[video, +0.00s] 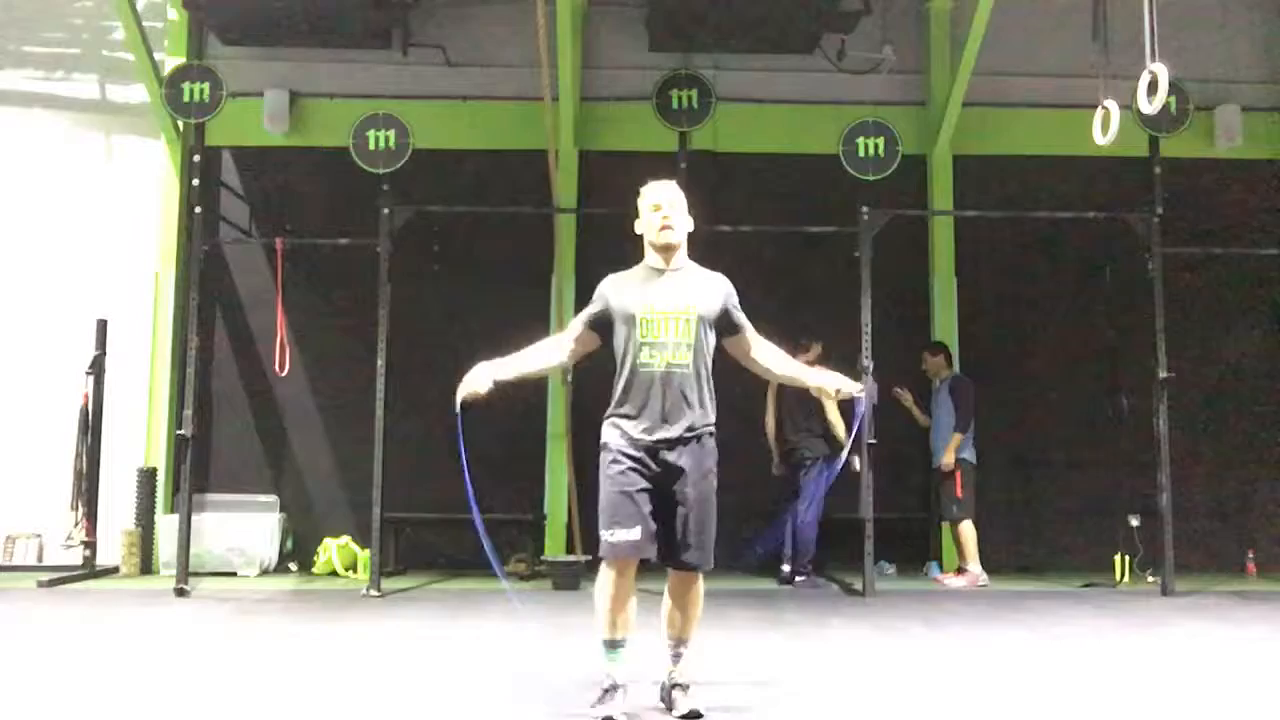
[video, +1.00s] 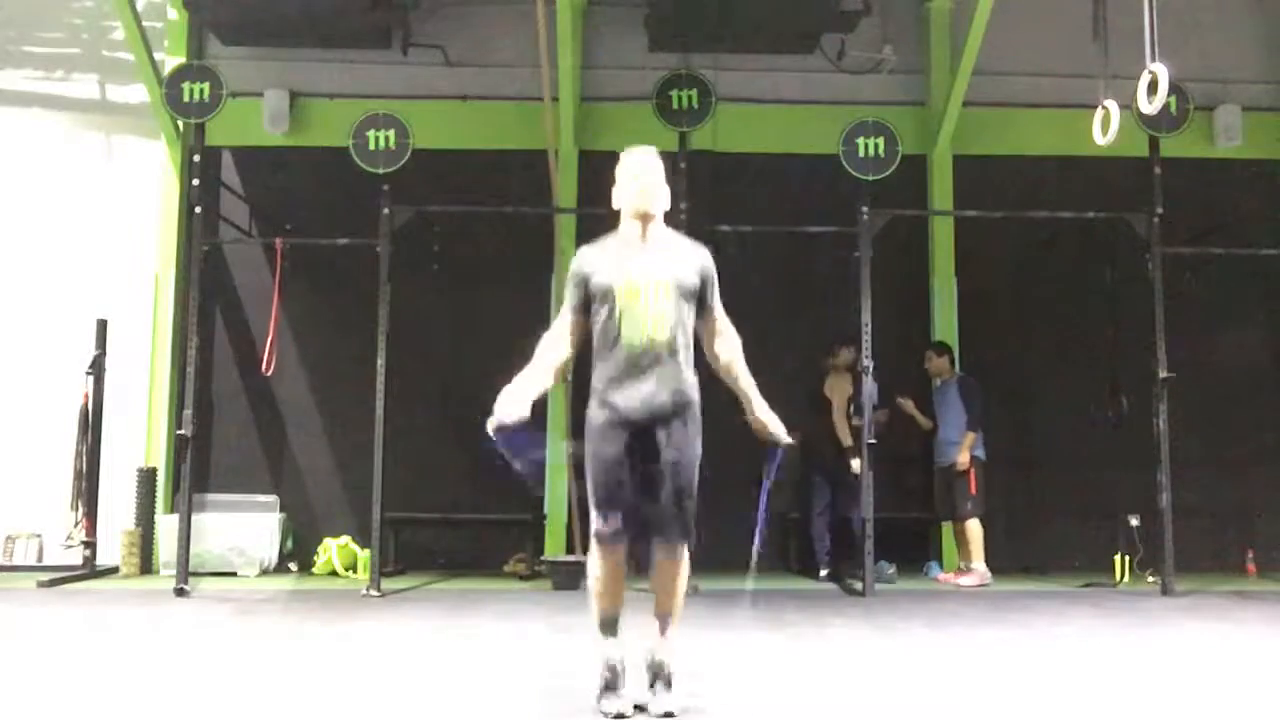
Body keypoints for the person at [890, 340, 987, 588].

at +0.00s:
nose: (924, 366)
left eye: (927, 360)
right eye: (923, 361)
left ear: (941, 358)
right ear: (936, 361)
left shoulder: (959, 384)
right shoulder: (937, 389)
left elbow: (964, 421)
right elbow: (929, 423)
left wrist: (950, 450)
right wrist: (911, 405)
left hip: (958, 457)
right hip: (942, 459)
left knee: (961, 515)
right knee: (952, 516)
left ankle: (974, 569)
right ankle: (965, 567)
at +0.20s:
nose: (925, 366)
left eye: (928, 360)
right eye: (924, 361)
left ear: (943, 358)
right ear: (937, 361)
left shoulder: (960, 384)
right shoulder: (937, 389)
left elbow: (964, 421)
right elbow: (929, 423)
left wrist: (951, 450)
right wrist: (911, 404)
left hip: (957, 457)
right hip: (940, 458)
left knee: (959, 515)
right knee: (950, 516)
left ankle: (974, 568)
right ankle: (965, 566)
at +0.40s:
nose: (926, 365)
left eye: (929, 360)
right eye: (925, 360)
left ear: (944, 358)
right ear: (937, 361)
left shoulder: (961, 385)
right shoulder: (937, 389)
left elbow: (965, 423)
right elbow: (928, 422)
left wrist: (952, 450)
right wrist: (911, 404)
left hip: (957, 457)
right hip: (940, 458)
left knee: (958, 514)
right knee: (950, 515)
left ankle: (973, 568)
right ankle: (964, 566)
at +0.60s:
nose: (927, 364)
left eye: (930, 359)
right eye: (926, 360)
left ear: (945, 359)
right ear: (938, 361)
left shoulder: (963, 384)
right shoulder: (939, 390)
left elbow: (968, 422)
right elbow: (929, 424)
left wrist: (954, 450)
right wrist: (912, 406)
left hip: (958, 457)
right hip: (941, 458)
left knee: (958, 514)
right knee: (950, 515)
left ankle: (973, 567)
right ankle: (965, 566)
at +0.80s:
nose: (926, 365)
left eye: (930, 359)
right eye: (926, 360)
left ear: (945, 359)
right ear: (937, 362)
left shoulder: (963, 383)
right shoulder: (939, 390)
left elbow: (971, 419)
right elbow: (930, 424)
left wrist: (958, 450)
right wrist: (912, 407)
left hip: (961, 457)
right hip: (944, 458)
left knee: (960, 513)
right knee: (952, 515)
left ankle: (973, 567)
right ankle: (966, 566)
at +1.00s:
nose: (927, 365)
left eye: (930, 359)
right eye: (926, 360)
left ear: (945, 359)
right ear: (937, 363)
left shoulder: (965, 384)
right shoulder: (936, 392)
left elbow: (976, 419)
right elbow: (932, 427)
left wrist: (965, 450)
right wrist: (914, 412)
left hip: (965, 456)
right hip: (943, 459)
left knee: (968, 514)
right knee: (954, 516)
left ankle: (979, 567)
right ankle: (964, 566)